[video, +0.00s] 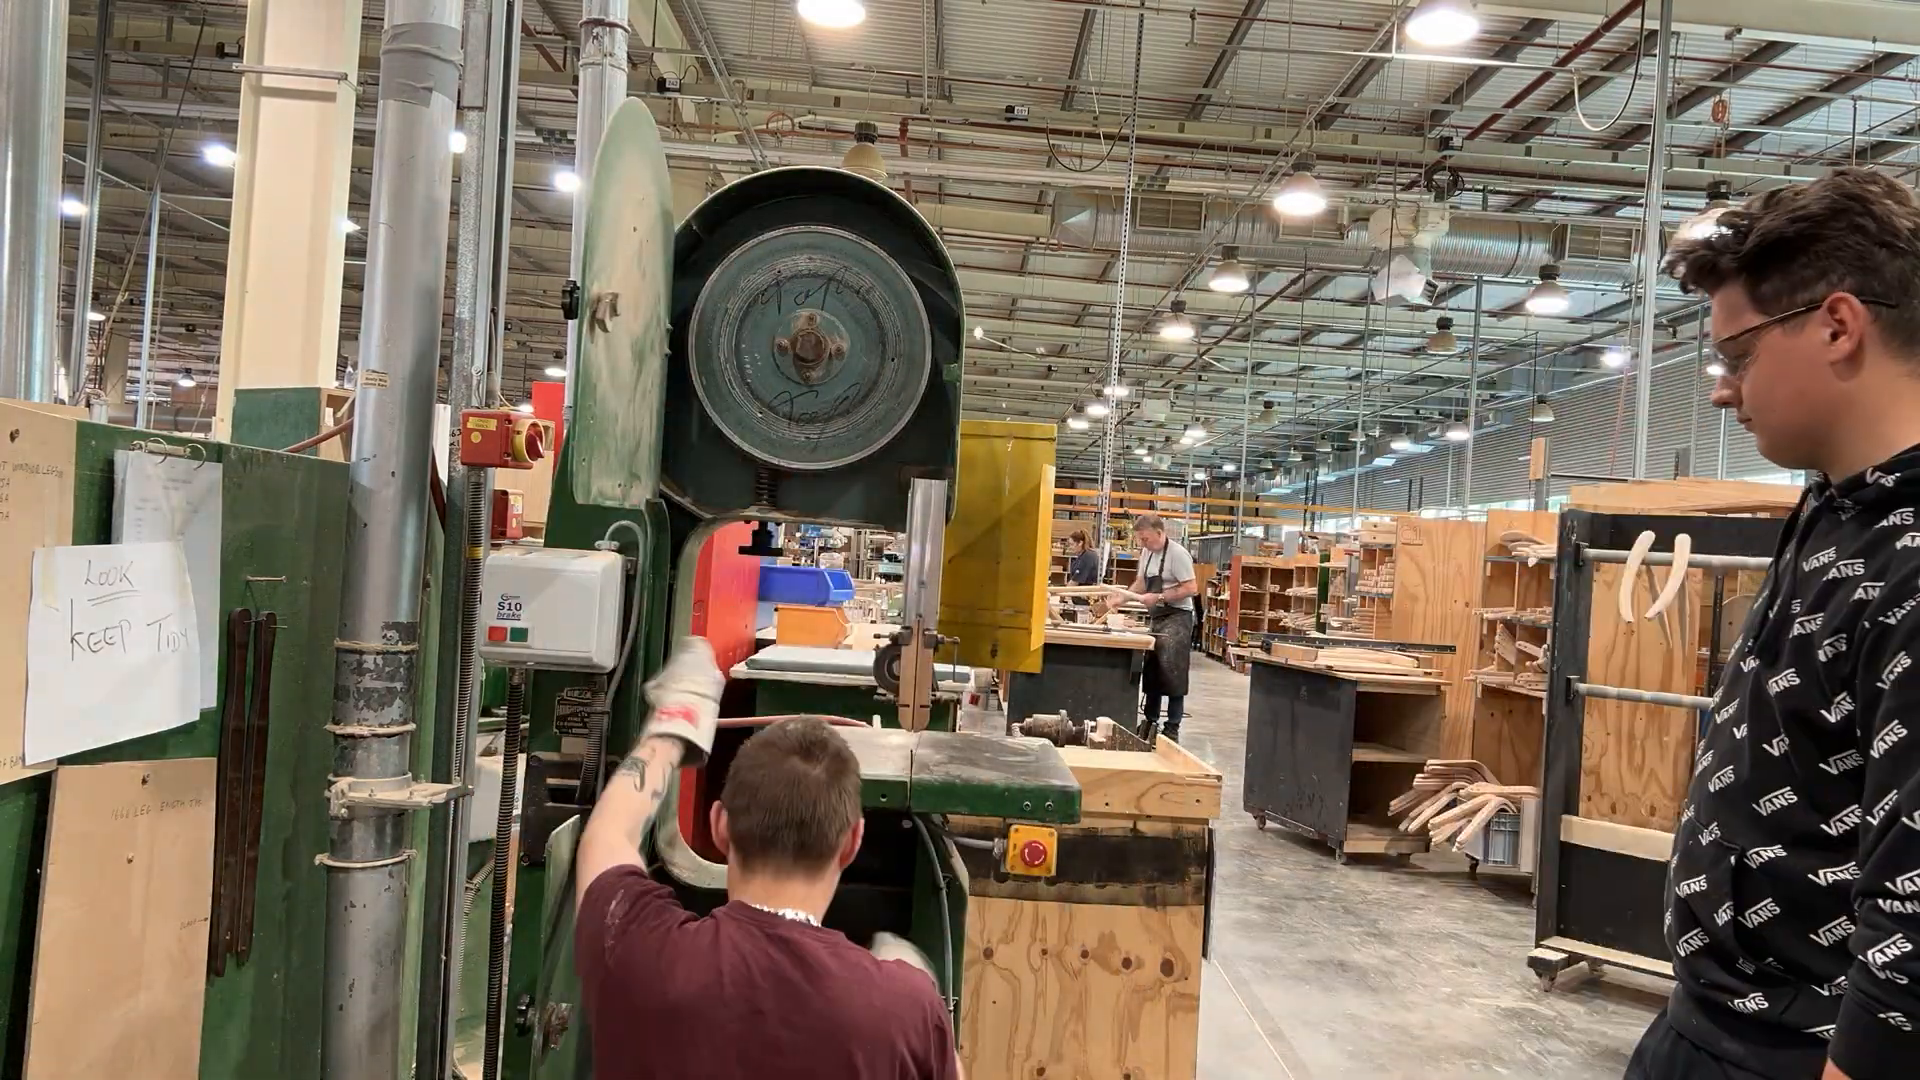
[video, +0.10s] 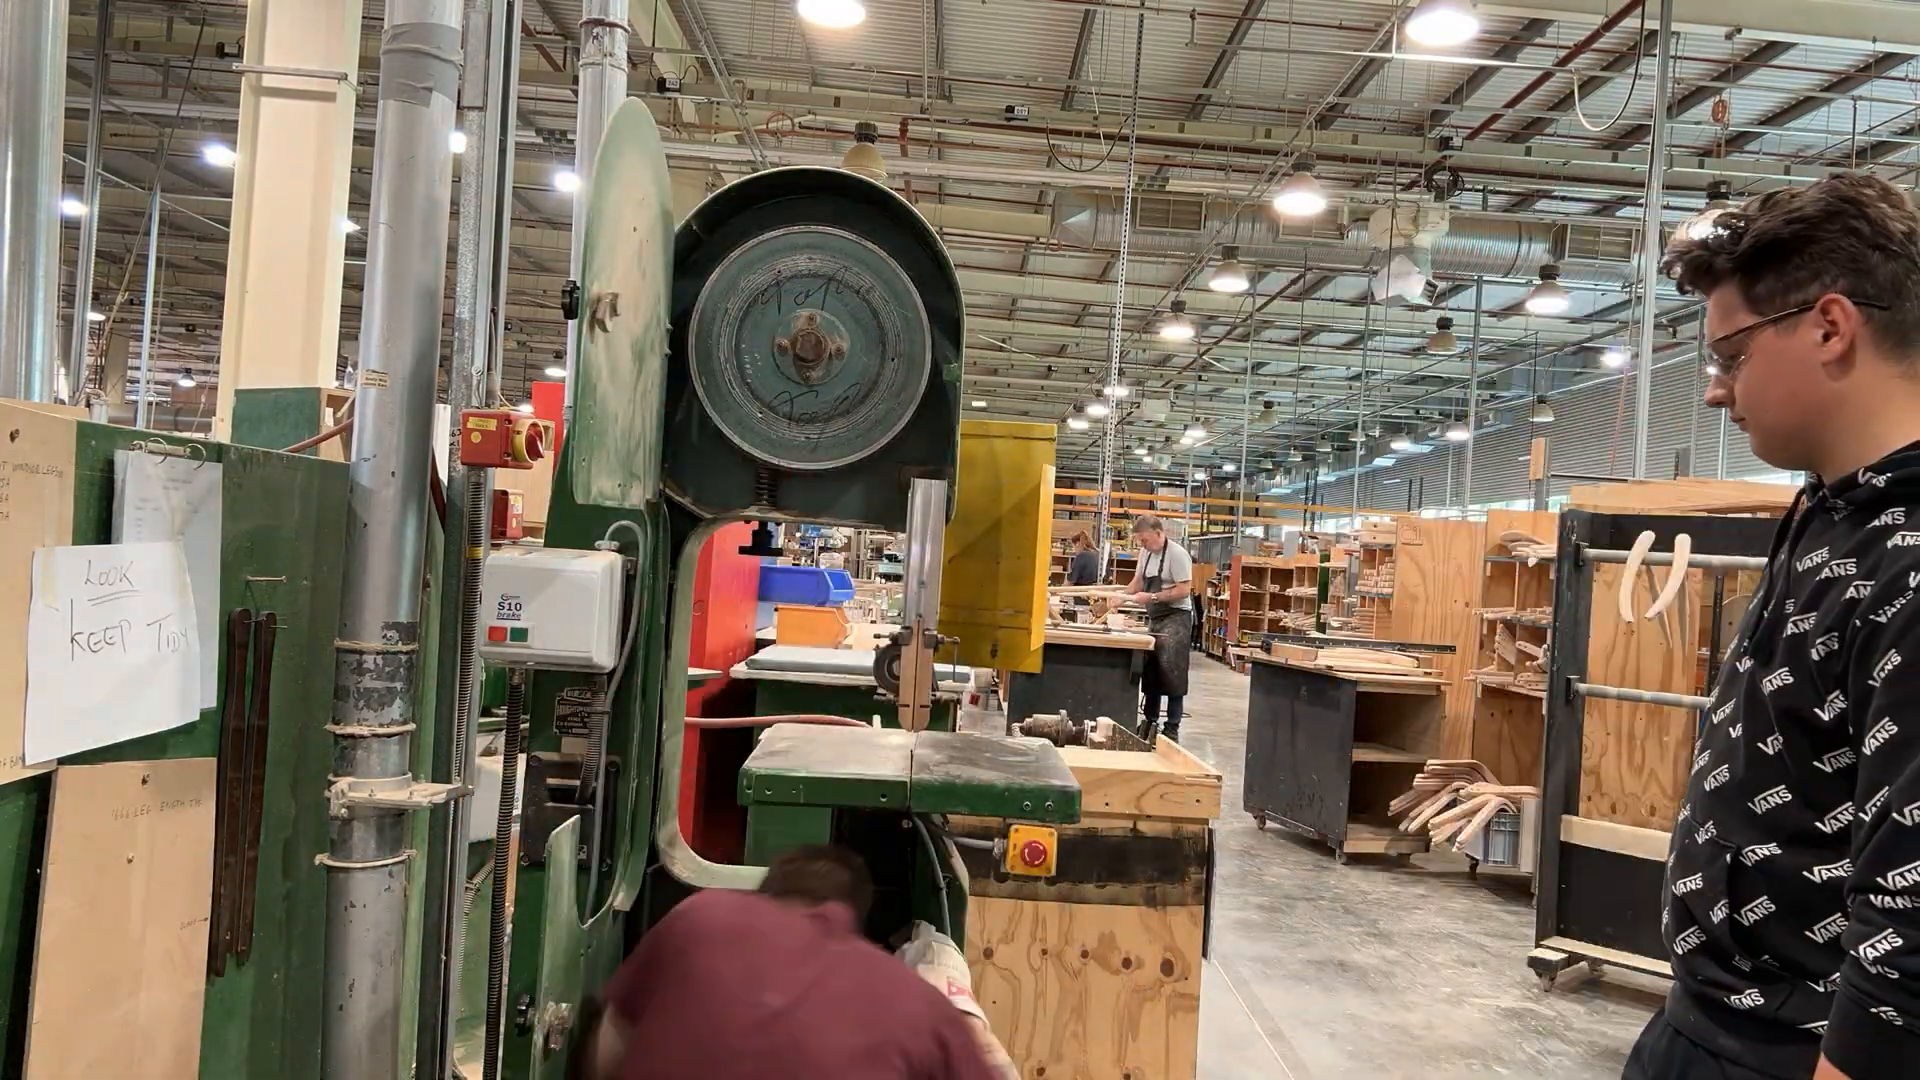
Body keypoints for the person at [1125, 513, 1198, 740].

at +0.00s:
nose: (1142, 543)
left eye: (1145, 538)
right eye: (1140, 539)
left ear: (1160, 533)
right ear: (1143, 537)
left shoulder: (1178, 553)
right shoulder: (1147, 553)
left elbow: (1191, 587)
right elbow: (1141, 584)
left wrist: (1159, 597)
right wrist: (1122, 597)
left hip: (1178, 617)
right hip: (1157, 617)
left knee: (1174, 671)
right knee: (1152, 670)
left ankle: (1172, 728)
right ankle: (1150, 721)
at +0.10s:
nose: (1142, 545)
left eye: (1144, 540)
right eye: (1140, 541)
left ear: (1159, 534)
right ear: (1141, 537)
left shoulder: (1178, 554)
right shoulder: (1146, 553)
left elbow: (1184, 589)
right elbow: (1137, 584)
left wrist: (1151, 597)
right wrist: (1121, 597)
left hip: (1177, 618)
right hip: (1156, 618)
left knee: (1173, 671)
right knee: (1151, 670)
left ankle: (1172, 727)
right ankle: (1149, 721)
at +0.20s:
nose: (1145, 545)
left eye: (1148, 540)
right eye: (1143, 541)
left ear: (1161, 534)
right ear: (1144, 538)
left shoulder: (1182, 554)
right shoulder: (1148, 553)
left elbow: (1186, 590)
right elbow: (1129, 574)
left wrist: (1152, 597)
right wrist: (1131, 579)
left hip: (1178, 617)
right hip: (1156, 616)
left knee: (1173, 671)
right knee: (1151, 670)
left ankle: (1172, 727)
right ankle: (1150, 720)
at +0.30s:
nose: (1143, 545)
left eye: (1146, 540)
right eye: (1141, 541)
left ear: (1159, 533)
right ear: (1141, 537)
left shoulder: (1179, 554)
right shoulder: (1148, 554)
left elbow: (1183, 590)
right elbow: (1142, 581)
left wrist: (1149, 597)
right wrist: (1129, 584)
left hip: (1178, 618)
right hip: (1157, 617)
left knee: (1174, 672)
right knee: (1152, 671)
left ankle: (1172, 727)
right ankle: (1149, 721)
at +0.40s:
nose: (1143, 545)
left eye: (1146, 540)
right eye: (1140, 541)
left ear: (1159, 533)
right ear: (1140, 538)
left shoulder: (1179, 554)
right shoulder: (1147, 554)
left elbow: (1183, 590)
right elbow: (1140, 582)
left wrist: (1151, 598)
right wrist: (1120, 598)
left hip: (1178, 617)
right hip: (1157, 617)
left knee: (1174, 672)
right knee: (1151, 671)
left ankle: (1172, 728)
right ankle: (1149, 721)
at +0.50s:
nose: (1141, 545)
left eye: (1143, 540)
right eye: (1138, 541)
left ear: (1157, 533)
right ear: (1139, 538)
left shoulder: (1177, 554)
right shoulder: (1145, 554)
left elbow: (1184, 589)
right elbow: (1136, 585)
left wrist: (1153, 597)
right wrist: (1117, 600)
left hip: (1177, 616)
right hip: (1155, 616)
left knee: (1172, 671)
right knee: (1151, 670)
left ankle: (1172, 727)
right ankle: (1149, 722)